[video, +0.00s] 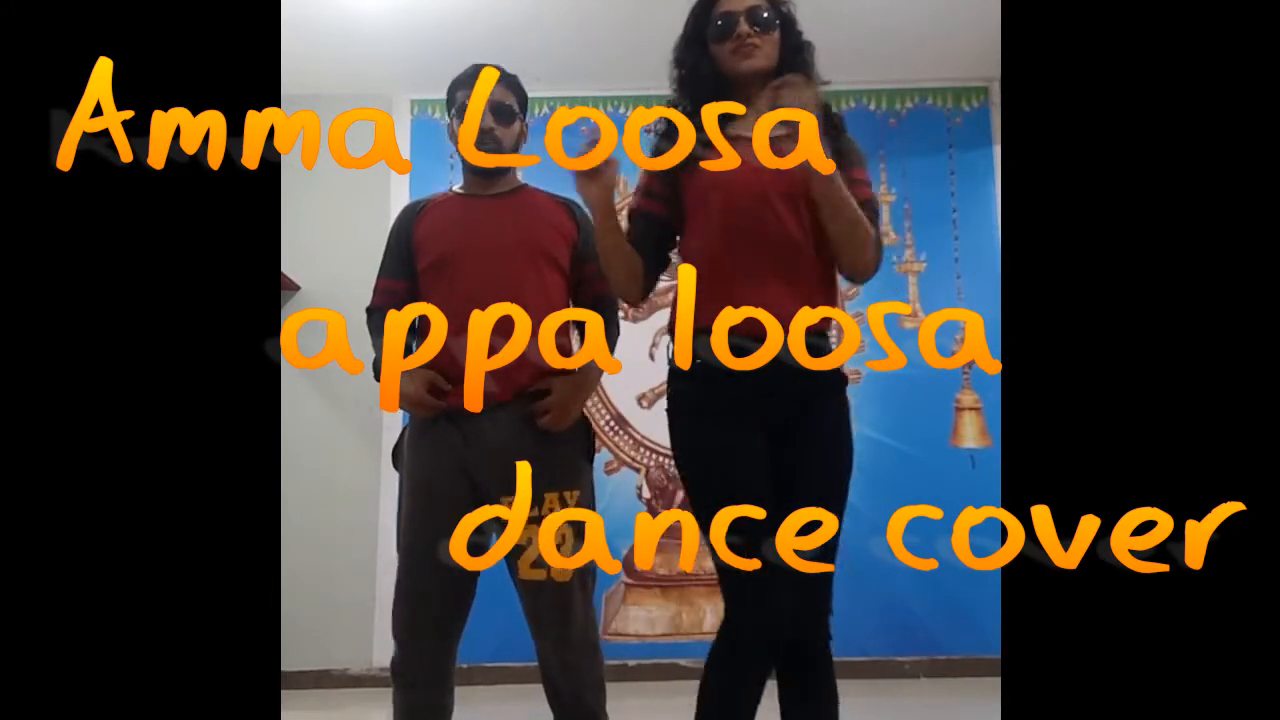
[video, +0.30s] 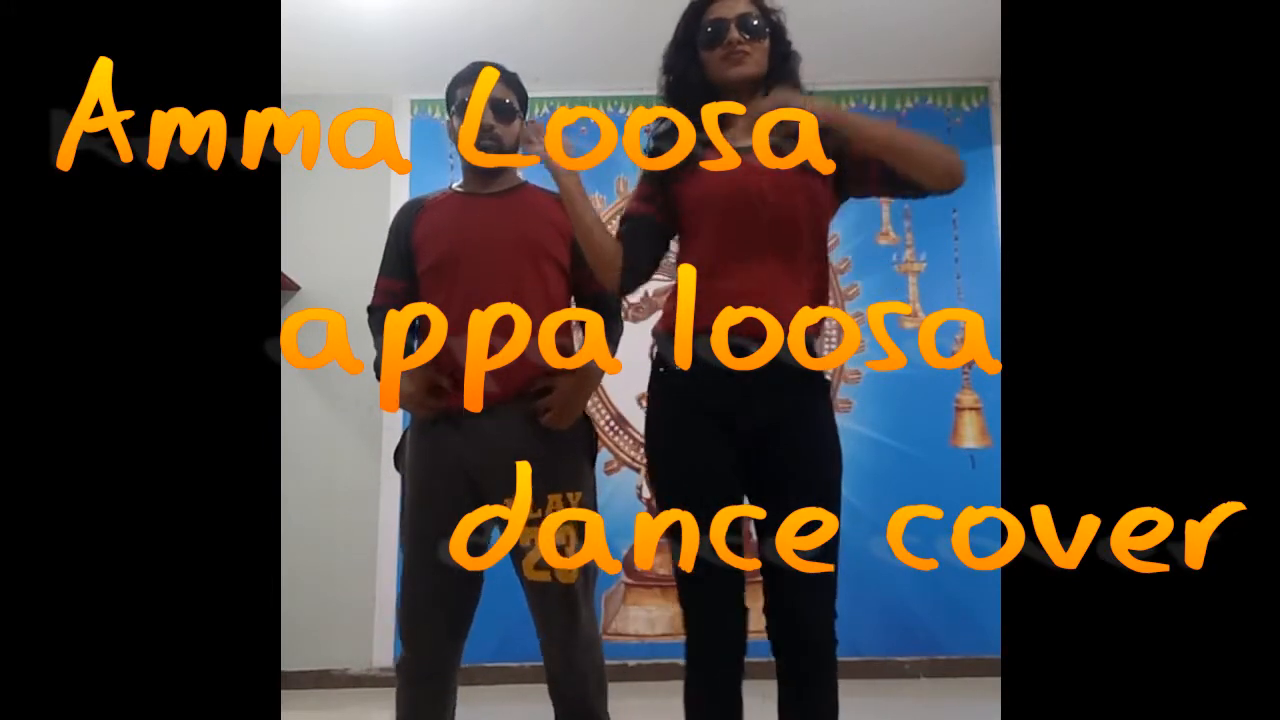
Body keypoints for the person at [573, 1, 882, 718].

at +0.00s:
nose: (744, 32)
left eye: (761, 18)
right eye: (724, 24)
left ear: (786, 34)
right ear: (702, 49)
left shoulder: (822, 131)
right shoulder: (682, 139)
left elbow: (862, 262)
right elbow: (632, 287)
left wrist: (813, 152)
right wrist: (600, 200)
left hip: (810, 388)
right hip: (711, 390)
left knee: (806, 612)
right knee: (756, 610)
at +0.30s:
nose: (735, 40)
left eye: (752, 27)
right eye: (714, 31)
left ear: (776, 47)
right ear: (690, 56)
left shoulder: (816, 141)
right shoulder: (677, 146)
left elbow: (947, 171)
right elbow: (620, 273)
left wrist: (821, 115)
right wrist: (563, 170)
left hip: (794, 394)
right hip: (691, 396)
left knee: (803, 618)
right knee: (712, 621)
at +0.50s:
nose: (732, 27)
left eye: (749, 16)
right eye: (712, 18)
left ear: (773, 39)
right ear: (687, 44)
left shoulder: (810, 135)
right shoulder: (666, 130)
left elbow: (949, 121)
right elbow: (639, 211)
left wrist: (880, 17)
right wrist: (600, 107)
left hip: (792, 388)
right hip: (686, 389)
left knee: (810, 602)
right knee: (698, 608)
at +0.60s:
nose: (737, 30)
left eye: (754, 18)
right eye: (718, 21)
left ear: (779, 39)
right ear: (696, 48)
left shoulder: (813, 135)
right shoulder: (669, 129)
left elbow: (932, 74)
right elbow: (678, 182)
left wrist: (867, 9)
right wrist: (680, 44)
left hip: (800, 390)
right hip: (692, 389)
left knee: (802, 598)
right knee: (662, 593)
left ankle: (802, 718)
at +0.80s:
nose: (745, 36)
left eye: (758, 22)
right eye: (721, 28)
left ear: (781, 42)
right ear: (698, 55)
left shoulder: (807, 142)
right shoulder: (676, 129)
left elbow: (891, 86)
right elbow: (770, 131)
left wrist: (818, 20)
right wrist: (795, 31)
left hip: (807, 387)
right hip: (702, 387)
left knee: (804, 605)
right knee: (647, 594)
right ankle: (593, 719)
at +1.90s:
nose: (758, 27)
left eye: (773, 14)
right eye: (737, 18)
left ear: (795, 33)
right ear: (715, 43)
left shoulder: (815, 128)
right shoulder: (712, 123)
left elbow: (904, 141)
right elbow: (835, 168)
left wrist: (844, 43)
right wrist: (902, 59)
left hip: (773, 373)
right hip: (685, 360)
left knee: (783, 597)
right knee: (625, 581)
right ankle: (581, 715)